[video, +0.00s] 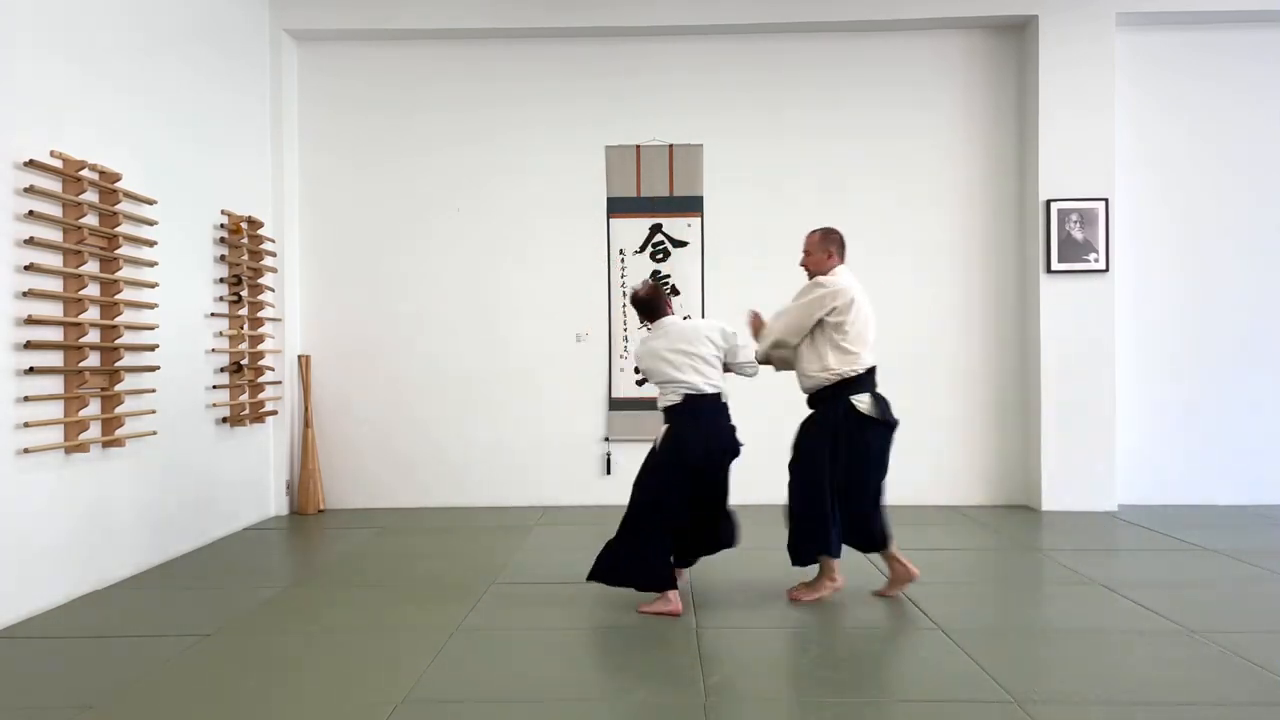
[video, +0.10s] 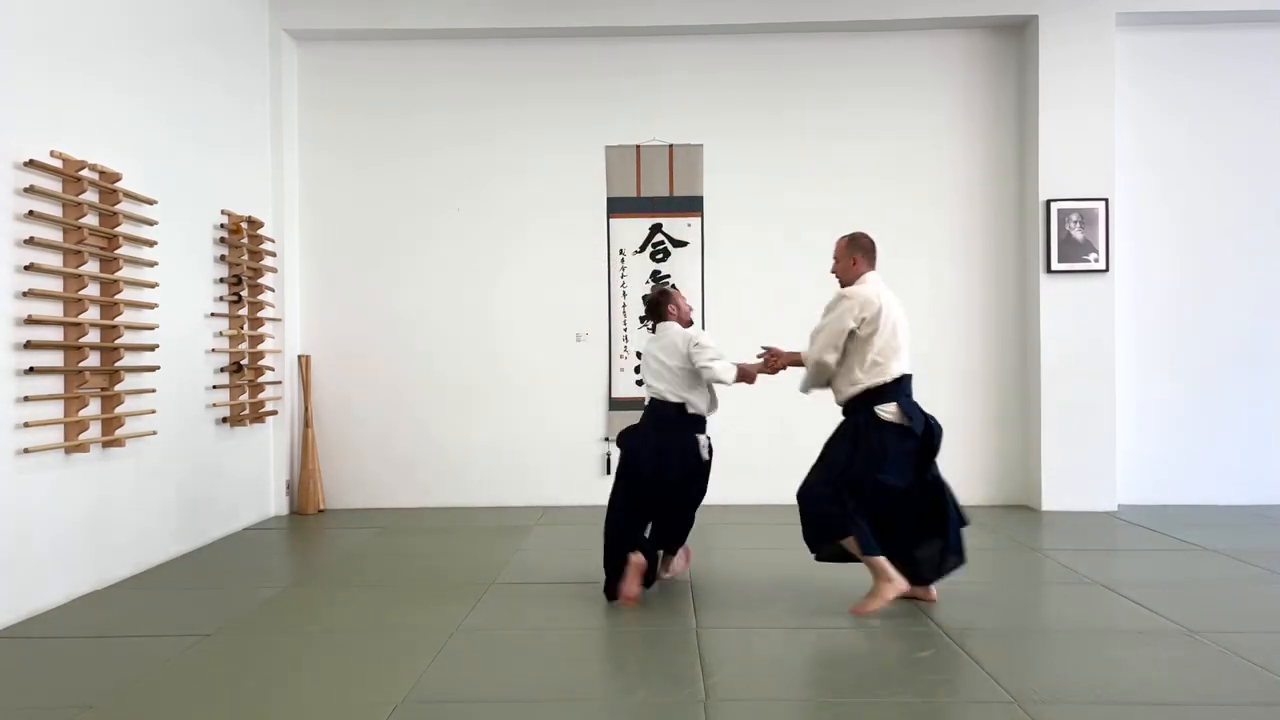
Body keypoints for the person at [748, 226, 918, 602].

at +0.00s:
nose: (802, 260)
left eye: (807, 253)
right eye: (803, 253)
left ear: (831, 256)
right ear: (833, 256)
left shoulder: (827, 287)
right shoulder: (846, 287)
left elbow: (780, 333)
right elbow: (808, 355)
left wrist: (763, 347)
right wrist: (766, 339)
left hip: (839, 408)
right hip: (862, 404)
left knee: (812, 487)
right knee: (850, 491)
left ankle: (828, 574)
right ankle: (897, 565)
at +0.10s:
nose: (833, 267)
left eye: (837, 260)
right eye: (834, 260)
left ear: (856, 262)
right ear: (864, 261)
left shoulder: (853, 298)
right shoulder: (881, 293)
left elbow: (821, 361)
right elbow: (841, 353)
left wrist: (811, 380)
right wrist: (789, 357)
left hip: (871, 417)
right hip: (900, 410)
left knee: (818, 494)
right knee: (887, 494)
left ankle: (886, 577)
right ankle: (917, 579)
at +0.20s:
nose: (851, 270)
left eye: (854, 262)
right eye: (852, 262)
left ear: (870, 265)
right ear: (884, 264)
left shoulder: (874, 304)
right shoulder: (902, 299)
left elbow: (852, 371)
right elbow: (862, 352)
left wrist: (854, 411)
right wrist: (813, 356)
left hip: (897, 425)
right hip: (924, 418)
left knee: (873, 510)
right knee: (907, 501)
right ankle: (921, 580)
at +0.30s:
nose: (860, 270)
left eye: (863, 262)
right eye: (861, 262)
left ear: (879, 264)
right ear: (895, 263)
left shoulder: (889, 305)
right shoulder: (916, 299)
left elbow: (850, 369)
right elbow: (873, 349)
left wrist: (852, 397)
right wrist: (821, 351)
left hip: (913, 431)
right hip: (932, 422)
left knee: (922, 524)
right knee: (891, 504)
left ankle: (977, 627)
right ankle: (919, 583)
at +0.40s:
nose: (863, 268)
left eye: (866, 261)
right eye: (864, 261)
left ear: (882, 263)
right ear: (898, 261)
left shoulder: (895, 305)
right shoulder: (918, 297)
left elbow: (842, 359)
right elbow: (873, 342)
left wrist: (824, 362)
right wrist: (827, 337)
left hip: (917, 431)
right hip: (929, 422)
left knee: (923, 524)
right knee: (895, 504)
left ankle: (980, 632)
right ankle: (923, 582)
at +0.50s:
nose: (862, 269)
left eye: (864, 261)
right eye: (862, 261)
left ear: (881, 262)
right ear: (895, 261)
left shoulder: (899, 304)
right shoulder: (906, 296)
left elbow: (848, 339)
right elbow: (860, 325)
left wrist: (806, 331)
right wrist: (819, 317)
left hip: (916, 431)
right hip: (908, 426)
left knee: (925, 525)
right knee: (894, 508)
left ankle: (980, 632)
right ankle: (932, 583)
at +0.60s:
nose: (848, 266)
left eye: (851, 259)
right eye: (849, 258)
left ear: (871, 262)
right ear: (881, 261)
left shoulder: (892, 300)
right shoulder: (886, 295)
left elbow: (835, 328)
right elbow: (840, 330)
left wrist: (783, 329)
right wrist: (801, 319)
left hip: (908, 427)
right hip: (894, 425)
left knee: (921, 521)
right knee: (896, 511)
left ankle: (979, 628)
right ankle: (940, 584)